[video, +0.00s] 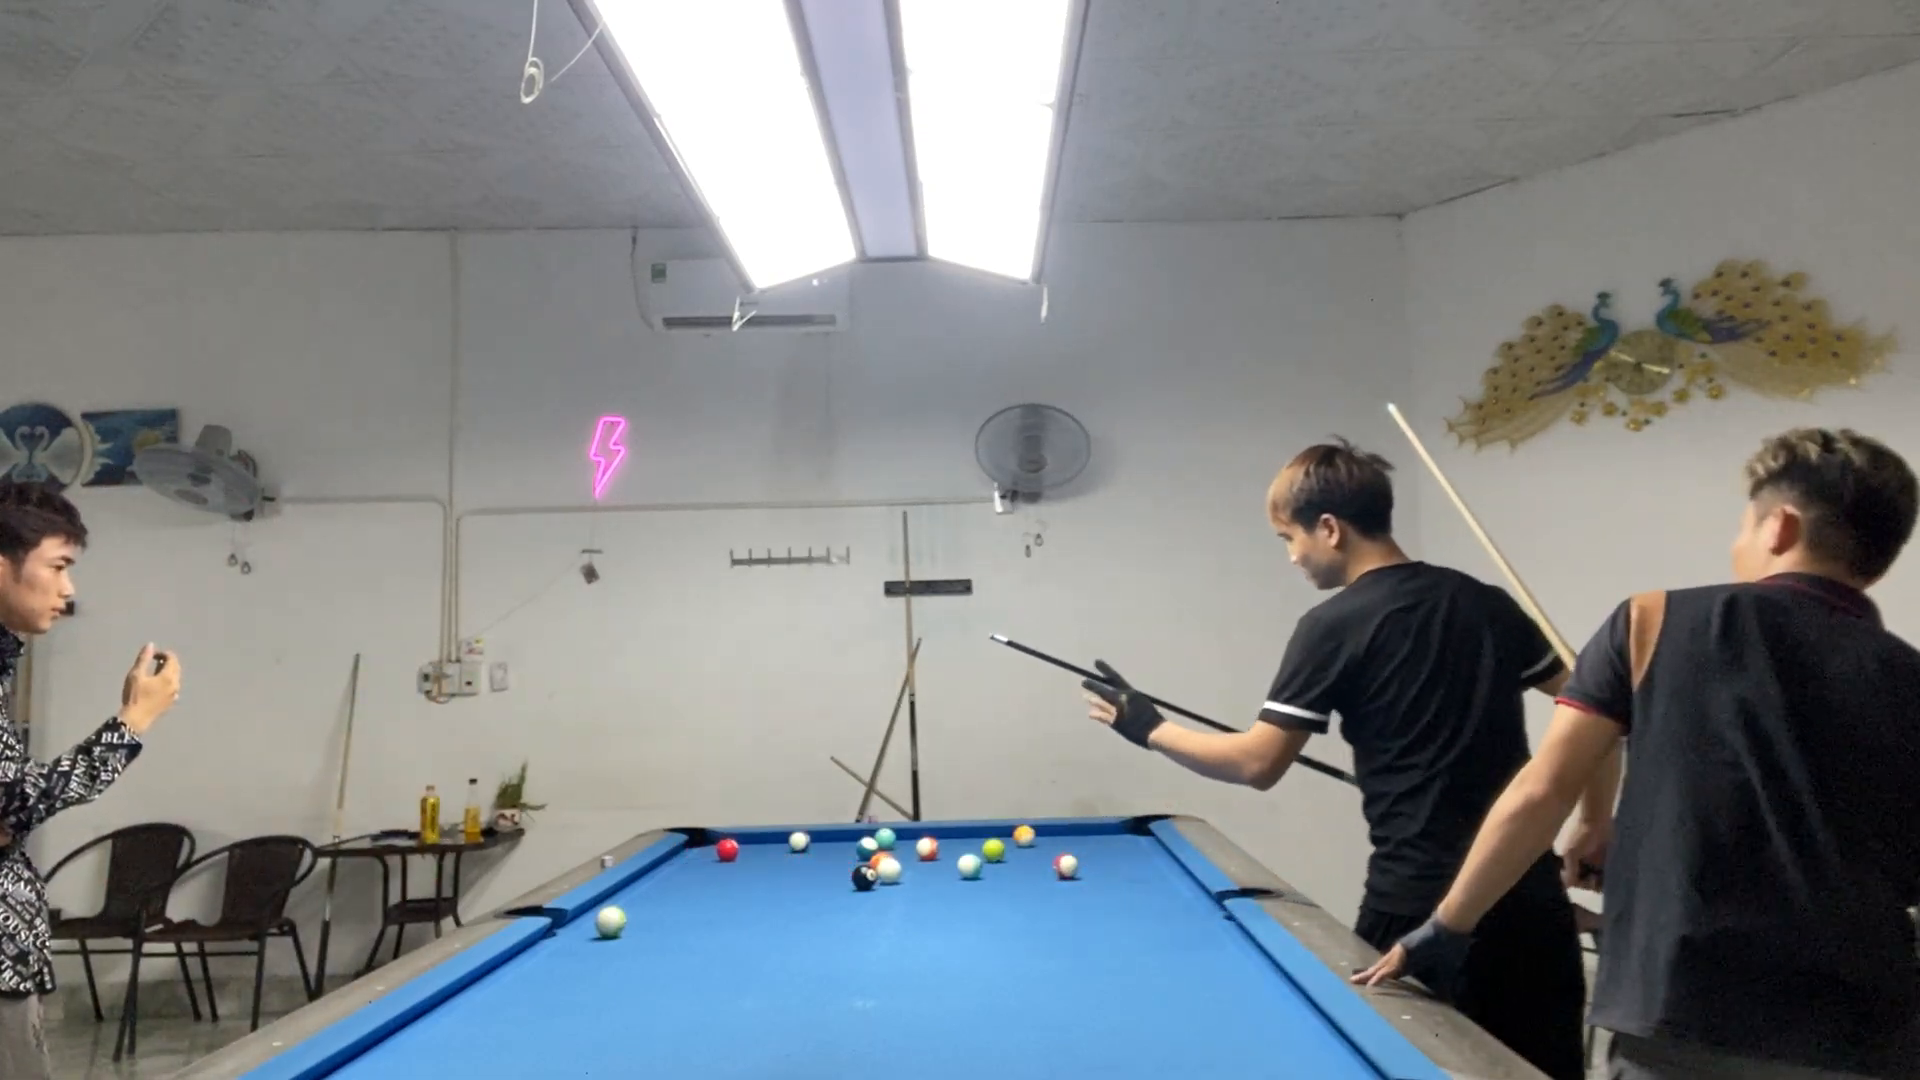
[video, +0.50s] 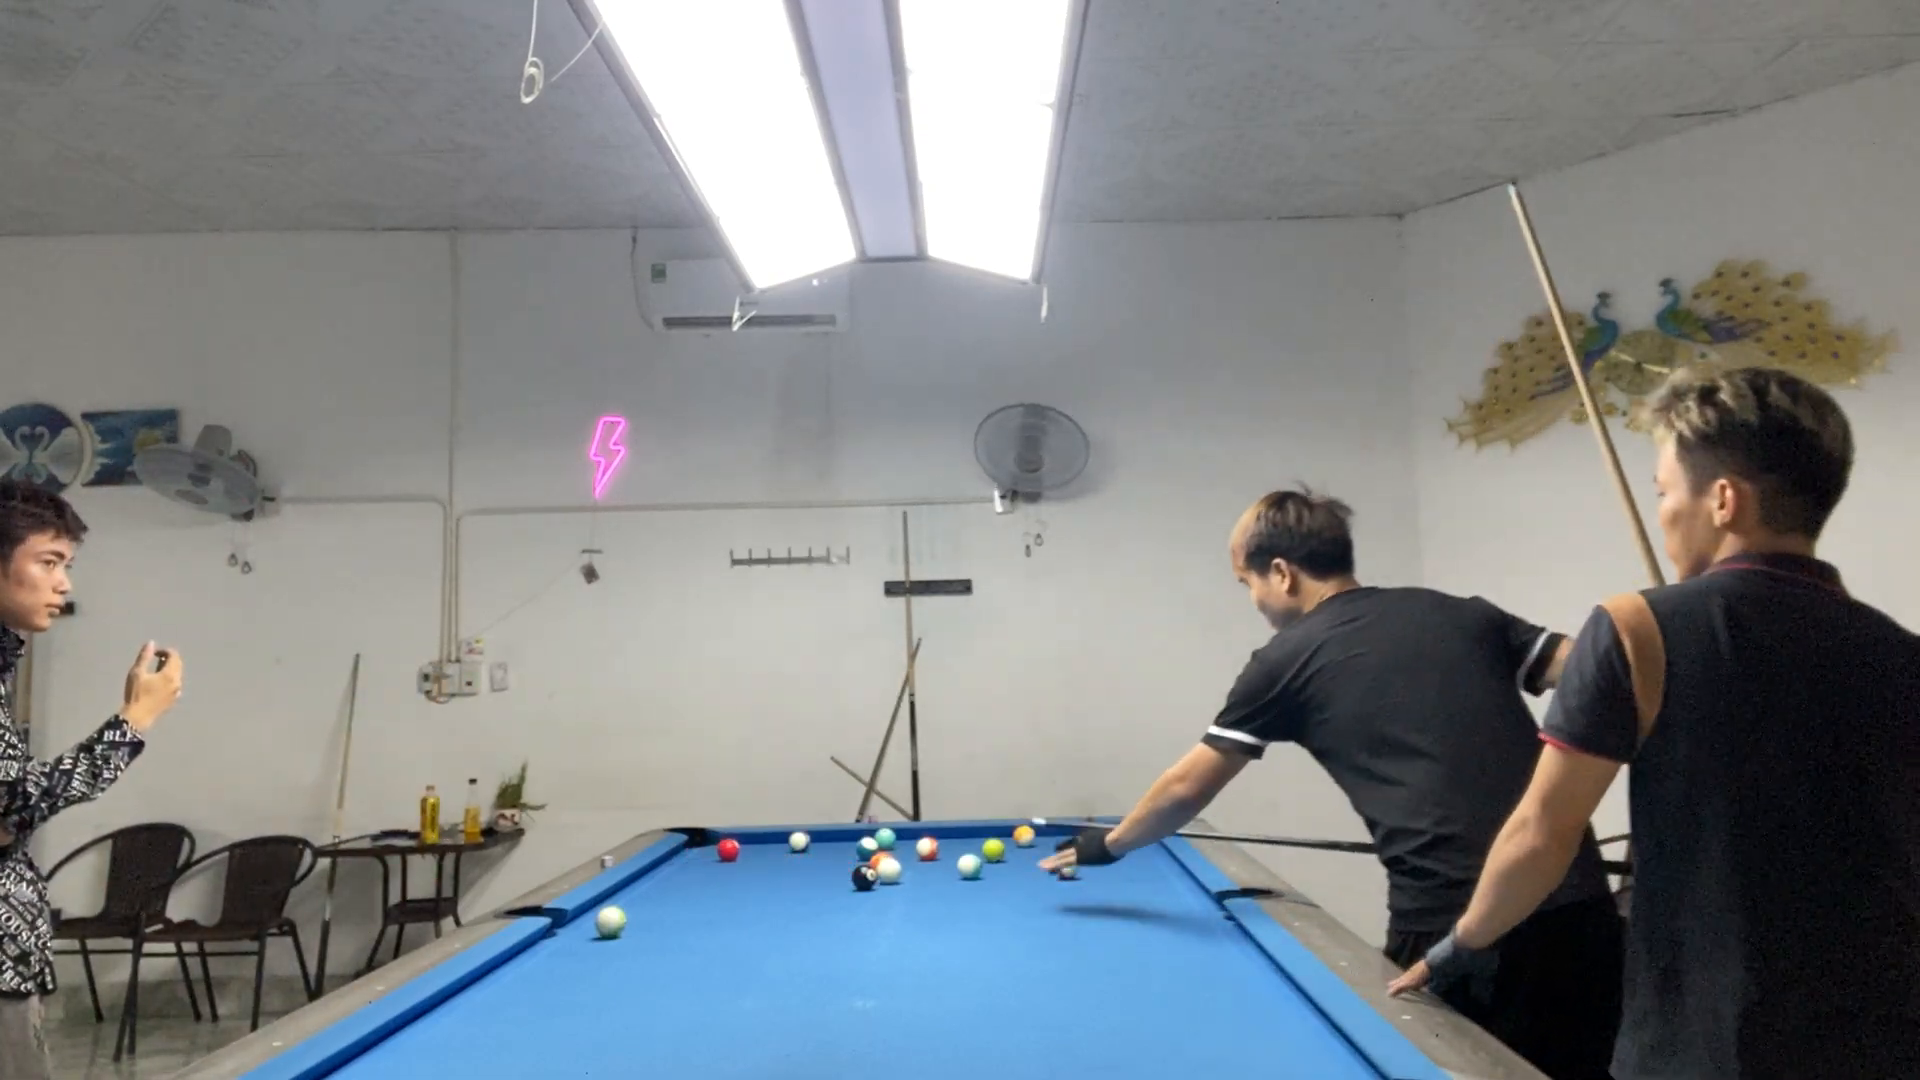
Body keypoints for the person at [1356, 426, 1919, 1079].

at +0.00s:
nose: (1737, 550)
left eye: (1745, 524)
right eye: (1743, 525)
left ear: (1781, 530)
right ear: (1874, 563)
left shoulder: (1654, 623)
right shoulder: (1909, 681)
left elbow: (1541, 794)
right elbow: (1909, 885)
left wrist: (1445, 928)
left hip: (1670, 1029)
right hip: (1861, 1041)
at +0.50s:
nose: (1659, 514)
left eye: (1665, 490)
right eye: (1658, 491)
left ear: (1724, 501)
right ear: (1815, 505)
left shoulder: (1638, 632)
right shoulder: (1901, 653)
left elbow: (1542, 831)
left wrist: (1464, 944)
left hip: (1696, 1050)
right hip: (1879, 1046)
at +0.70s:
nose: (1608, 533)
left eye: (1611, 504)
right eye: (1605, 507)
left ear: (1678, 506)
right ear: (1769, 502)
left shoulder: (1620, 646)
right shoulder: (1898, 656)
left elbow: (1566, 887)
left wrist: (1503, 1017)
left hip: (1703, 1055)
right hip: (1884, 1049)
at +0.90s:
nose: (1563, 570)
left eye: (1571, 535)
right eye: (1556, 542)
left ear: (1660, 505)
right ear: (1666, 506)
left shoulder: (1642, 650)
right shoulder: (1883, 642)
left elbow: (1650, 913)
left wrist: (1568, 1058)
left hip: (1730, 1057)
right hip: (1893, 1053)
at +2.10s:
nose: (1608, 519)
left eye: (1610, 492)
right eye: (1605, 495)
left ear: (1658, 491)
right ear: (1758, 491)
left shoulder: (1633, 635)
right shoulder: (1895, 645)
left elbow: (1617, 872)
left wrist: (1535, 1047)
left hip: (1713, 1052)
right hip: (1882, 1048)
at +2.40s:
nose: (1689, 524)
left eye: (1692, 499)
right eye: (1687, 501)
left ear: (1735, 501)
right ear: (1843, 500)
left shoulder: (1690, 643)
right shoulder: (1908, 614)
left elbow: (1641, 859)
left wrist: (1540, 1045)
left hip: (1795, 1047)